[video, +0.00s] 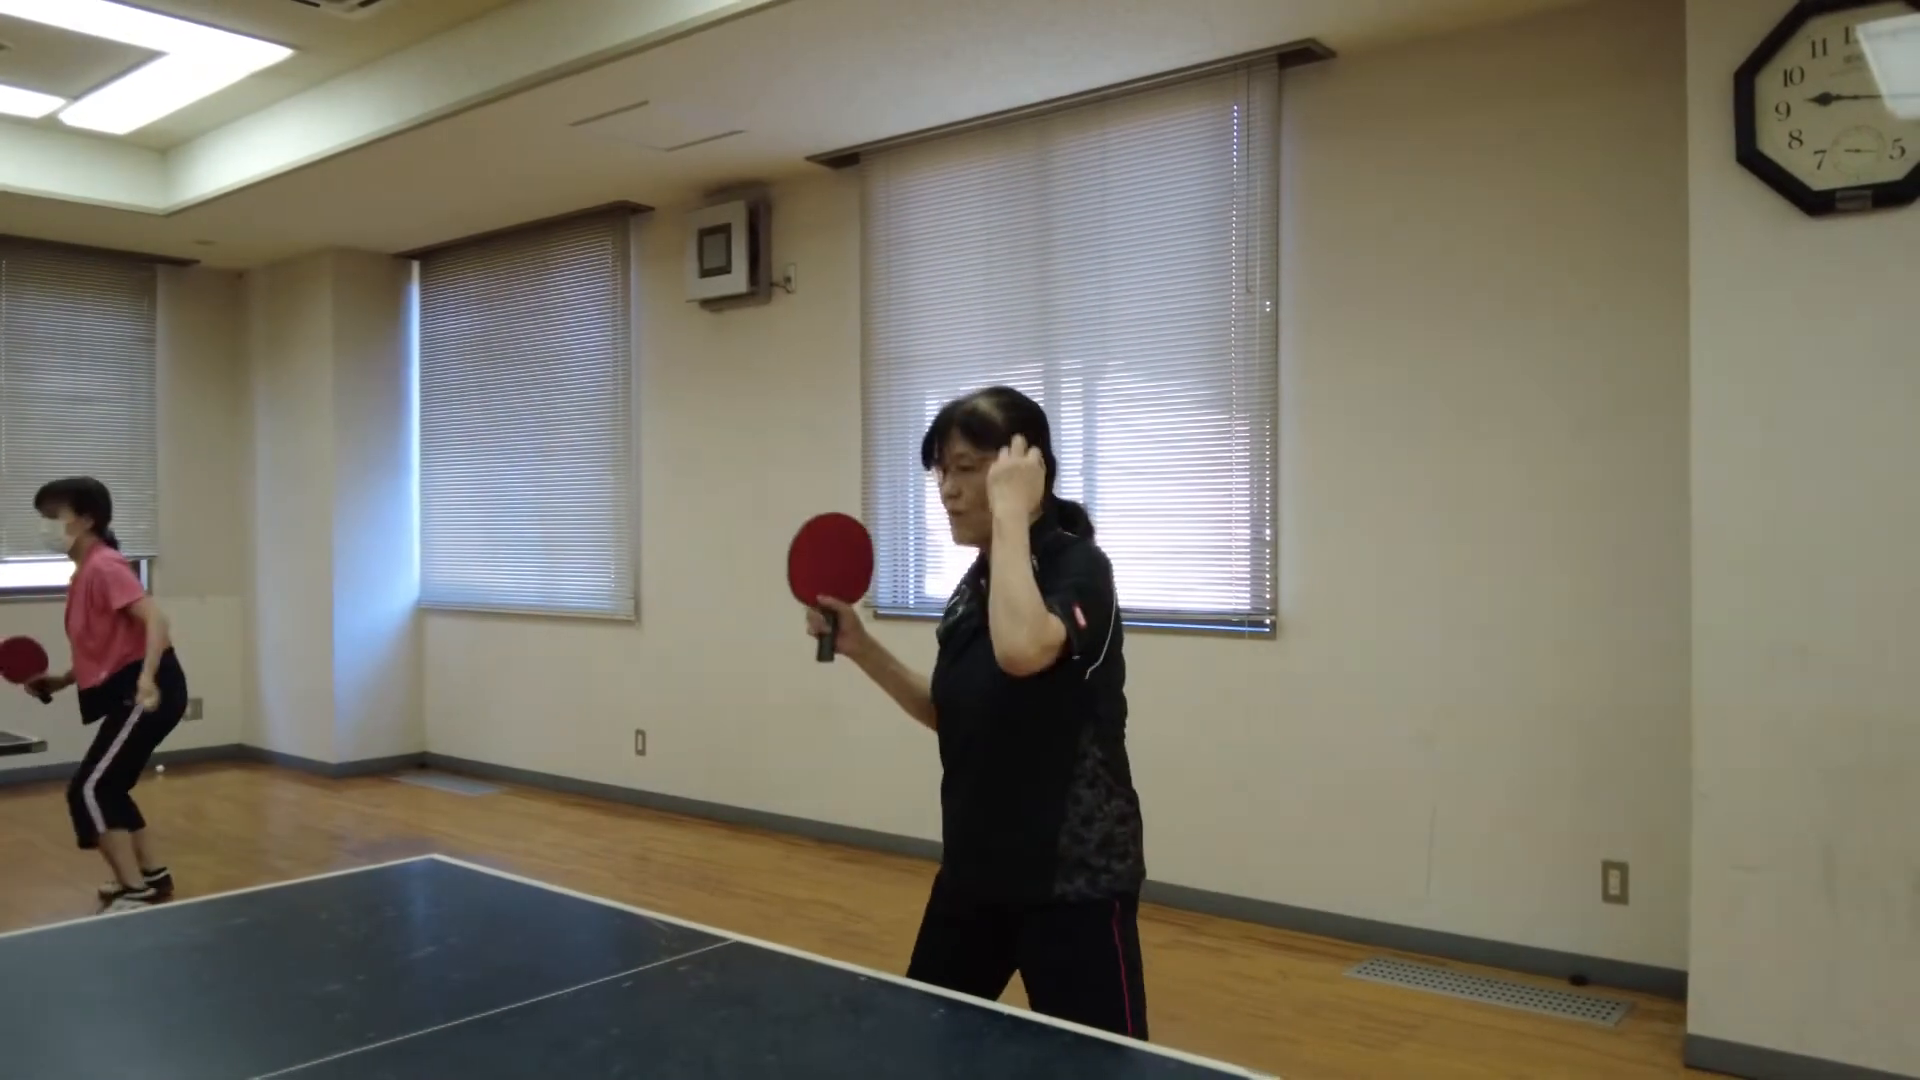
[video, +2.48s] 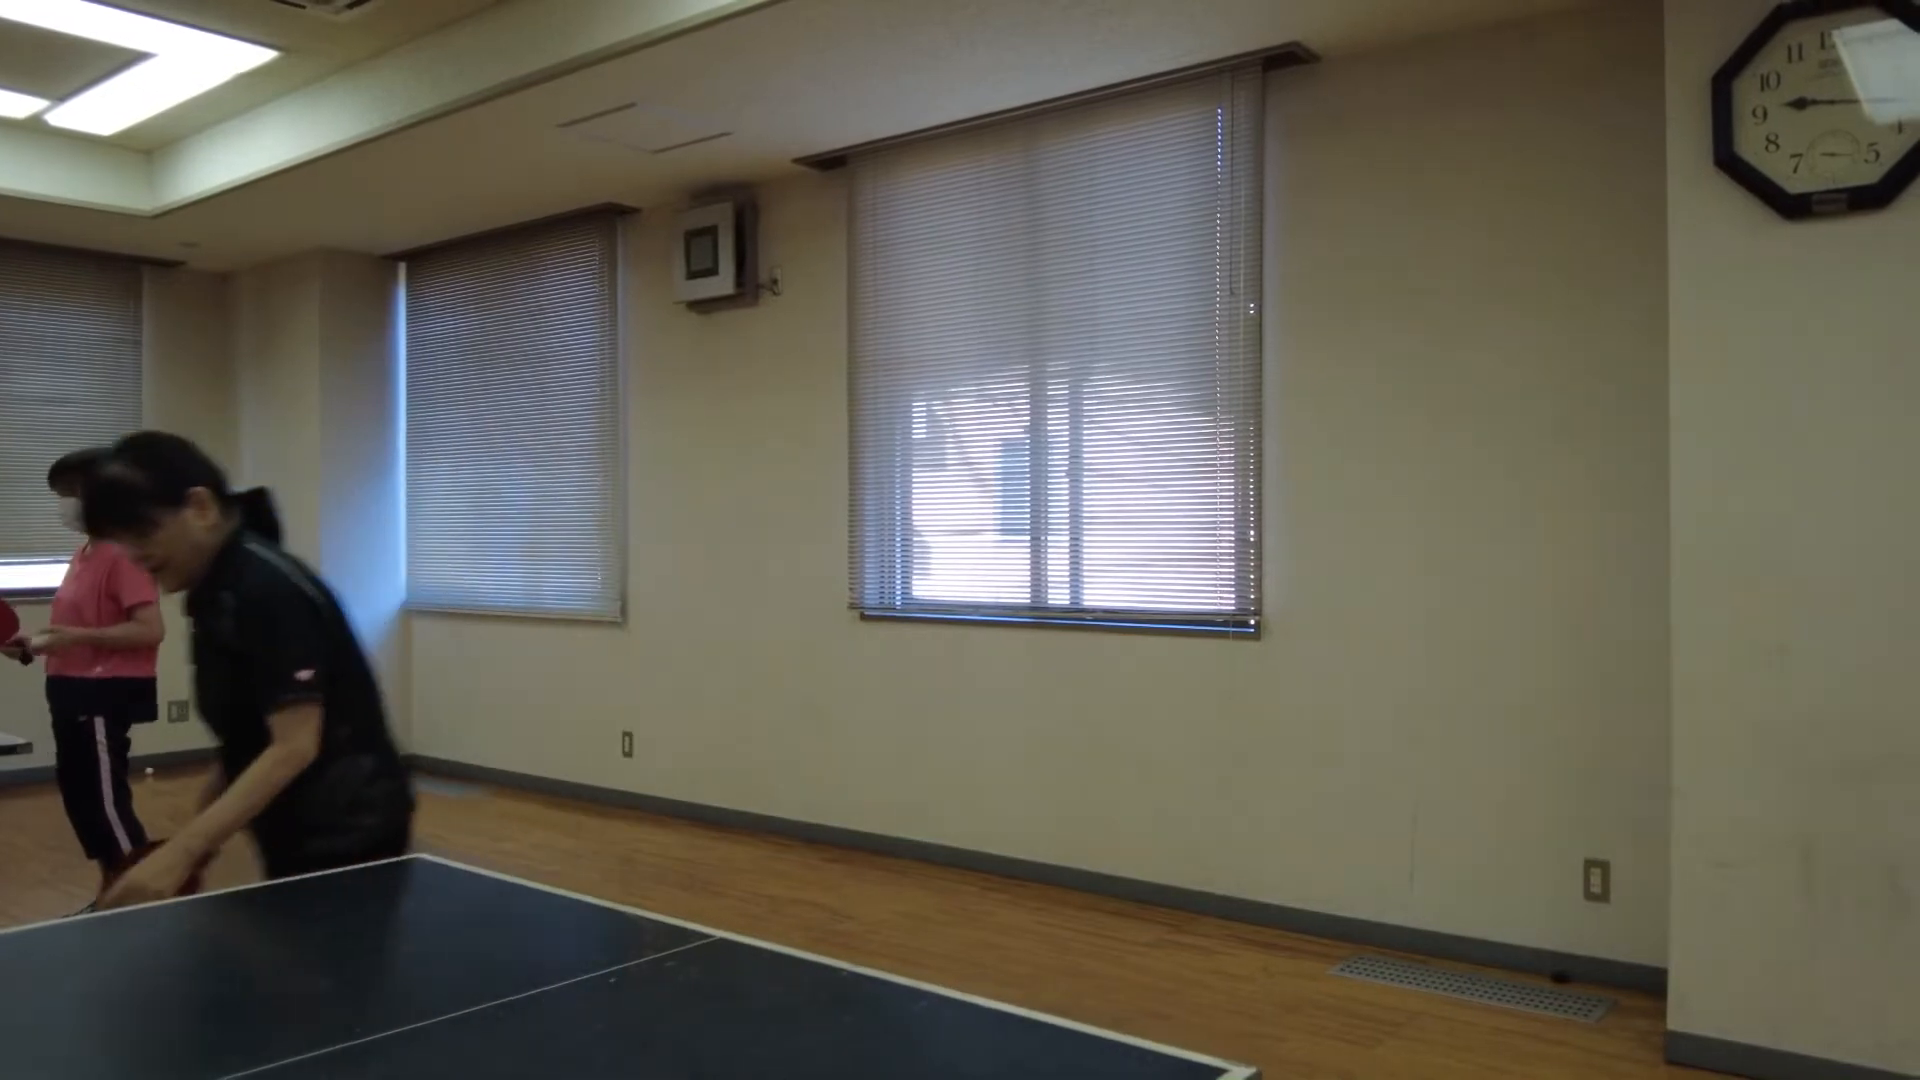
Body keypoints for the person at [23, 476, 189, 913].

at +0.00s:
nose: (53, 527)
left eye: (58, 517)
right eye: (51, 518)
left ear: (86, 518)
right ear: (80, 521)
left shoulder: (104, 566)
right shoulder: (86, 573)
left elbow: (155, 618)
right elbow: (101, 648)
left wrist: (148, 676)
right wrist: (59, 680)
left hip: (145, 691)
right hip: (130, 692)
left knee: (89, 787)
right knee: (110, 785)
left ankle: (134, 890)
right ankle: (152, 873)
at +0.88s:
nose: (70, 499)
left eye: (77, 489)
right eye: (69, 490)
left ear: (107, 490)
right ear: (96, 493)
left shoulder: (129, 545)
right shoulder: (91, 542)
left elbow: (151, 632)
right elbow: (104, 622)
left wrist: (78, 664)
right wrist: (62, 637)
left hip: (136, 694)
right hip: (104, 691)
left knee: (118, 805)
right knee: (101, 803)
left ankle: (151, 909)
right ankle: (125, 892)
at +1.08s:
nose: (72, 496)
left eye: (81, 487)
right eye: (72, 487)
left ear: (111, 490)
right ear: (98, 492)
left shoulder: (133, 543)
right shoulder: (95, 543)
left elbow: (146, 626)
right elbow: (93, 628)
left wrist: (65, 621)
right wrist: (50, 627)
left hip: (126, 688)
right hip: (94, 685)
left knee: (113, 802)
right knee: (95, 797)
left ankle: (151, 907)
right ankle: (123, 892)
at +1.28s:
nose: (81, 498)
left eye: (90, 488)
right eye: (80, 488)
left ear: (120, 490)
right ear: (103, 493)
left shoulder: (140, 542)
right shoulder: (98, 542)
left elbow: (109, 613)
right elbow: (96, 621)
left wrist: (64, 557)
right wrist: (64, 634)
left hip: (120, 684)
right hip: (87, 682)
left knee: (114, 797)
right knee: (89, 793)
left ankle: (150, 905)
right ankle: (122, 891)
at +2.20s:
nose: (73, 509)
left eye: (82, 498)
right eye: (72, 499)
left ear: (113, 500)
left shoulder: (135, 554)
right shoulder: (96, 552)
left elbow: (148, 636)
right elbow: (87, 627)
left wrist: (67, 633)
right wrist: (40, 644)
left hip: (100, 693)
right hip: (68, 690)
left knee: (108, 800)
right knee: (81, 797)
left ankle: (146, 908)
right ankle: (116, 896)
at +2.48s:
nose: (62, 507)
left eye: (70, 496)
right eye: (61, 497)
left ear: (98, 497)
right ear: (73, 501)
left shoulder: (122, 554)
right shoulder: (87, 554)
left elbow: (151, 629)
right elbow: (82, 626)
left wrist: (78, 636)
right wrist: (35, 645)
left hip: (105, 693)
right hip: (73, 690)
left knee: (106, 800)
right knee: (80, 798)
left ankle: (147, 891)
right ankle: (117, 889)